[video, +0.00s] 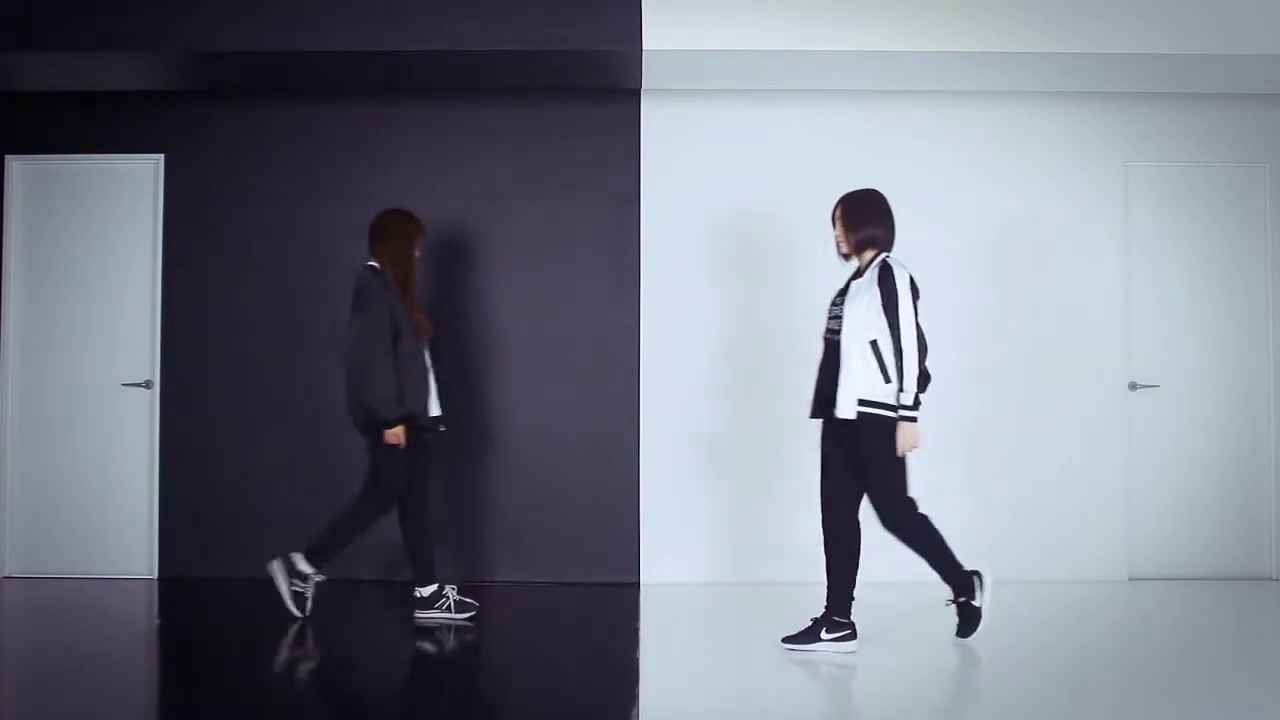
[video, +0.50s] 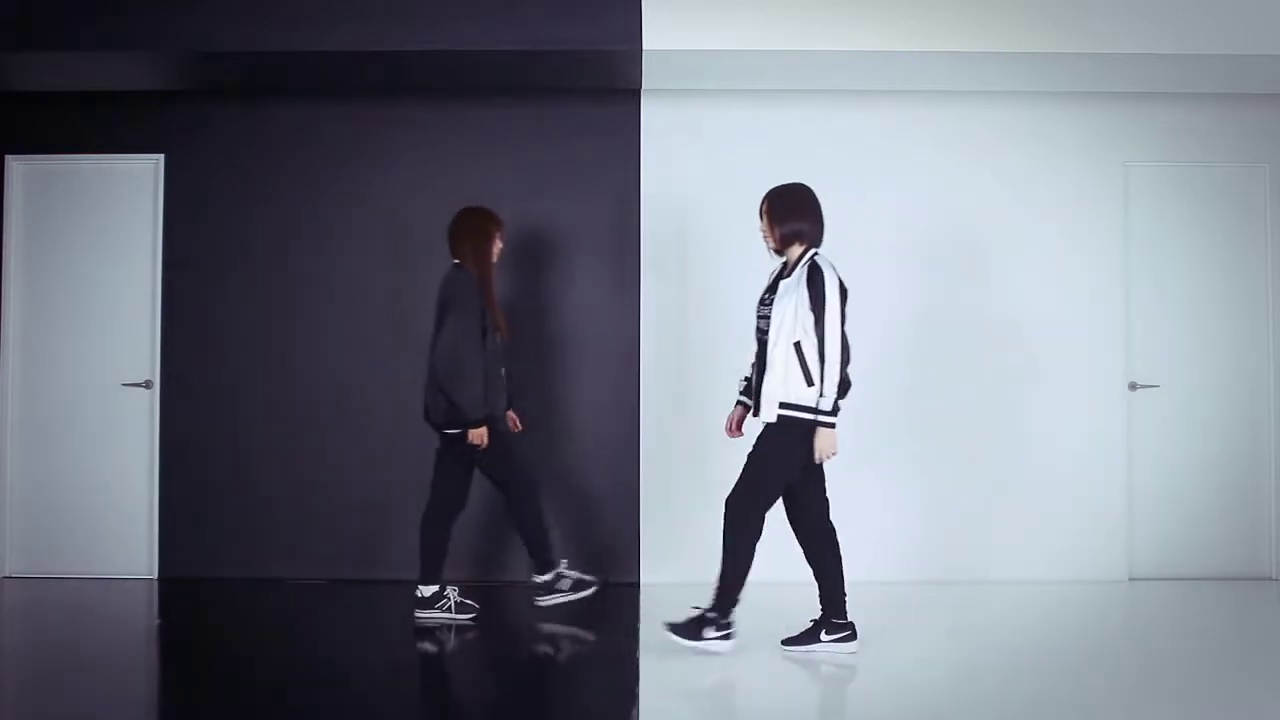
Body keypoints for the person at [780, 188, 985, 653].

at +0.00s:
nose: (835, 233)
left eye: (839, 224)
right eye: (835, 225)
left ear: (861, 225)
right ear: (863, 225)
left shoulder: (891, 274)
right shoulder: (852, 282)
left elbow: (910, 346)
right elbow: (847, 352)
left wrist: (907, 414)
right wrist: (828, 411)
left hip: (877, 421)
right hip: (839, 421)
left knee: (896, 513)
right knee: (838, 518)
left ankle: (964, 585)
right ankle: (837, 619)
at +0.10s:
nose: (818, 229)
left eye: (823, 221)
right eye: (818, 221)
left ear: (845, 222)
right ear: (844, 222)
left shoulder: (875, 272)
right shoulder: (831, 282)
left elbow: (899, 346)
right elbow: (817, 353)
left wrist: (889, 411)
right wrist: (801, 409)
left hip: (857, 415)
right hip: (822, 416)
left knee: (853, 514)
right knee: (828, 519)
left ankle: (932, 577)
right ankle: (836, 620)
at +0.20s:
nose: (804, 230)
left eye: (809, 221)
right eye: (804, 220)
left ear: (831, 222)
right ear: (833, 224)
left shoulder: (863, 272)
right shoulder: (817, 282)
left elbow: (881, 346)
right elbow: (801, 349)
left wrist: (868, 414)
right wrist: (778, 401)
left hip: (841, 415)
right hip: (812, 413)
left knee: (810, 511)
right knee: (823, 514)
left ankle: (885, 567)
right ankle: (834, 619)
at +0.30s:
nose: (791, 229)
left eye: (795, 220)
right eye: (791, 220)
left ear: (815, 221)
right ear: (827, 220)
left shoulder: (850, 273)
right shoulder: (808, 277)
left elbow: (866, 348)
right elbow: (789, 348)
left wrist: (855, 416)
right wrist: (759, 396)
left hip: (824, 415)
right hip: (805, 414)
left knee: (765, 497)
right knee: (823, 511)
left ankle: (839, 573)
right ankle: (835, 619)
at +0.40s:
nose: (777, 227)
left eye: (782, 218)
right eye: (777, 218)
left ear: (803, 219)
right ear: (809, 219)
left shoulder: (836, 271)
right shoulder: (795, 273)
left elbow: (851, 345)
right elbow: (778, 343)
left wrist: (843, 416)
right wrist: (749, 395)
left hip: (811, 417)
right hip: (795, 415)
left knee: (745, 492)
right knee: (817, 519)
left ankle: (777, 597)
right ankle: (836, 621)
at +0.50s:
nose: (762, 231)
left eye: (767, 221)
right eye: (762, 221)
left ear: (788, 221)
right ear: (796, 221)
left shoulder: (821, 273)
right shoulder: (781, 277)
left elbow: (834, 352)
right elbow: (767, 348)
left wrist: (826, 421)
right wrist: (745, 400)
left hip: (797, 421)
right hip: (783, 418)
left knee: (743, 506)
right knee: (811, 522)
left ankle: (719, 615)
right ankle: (836, 620)